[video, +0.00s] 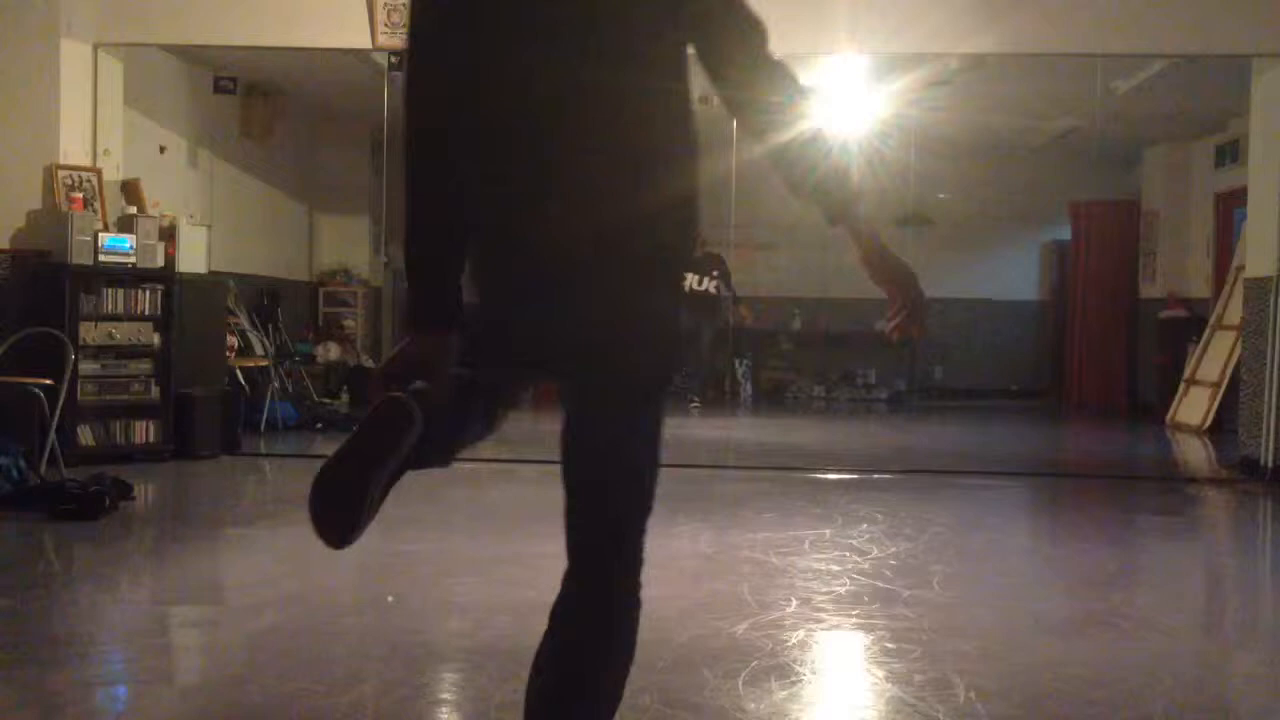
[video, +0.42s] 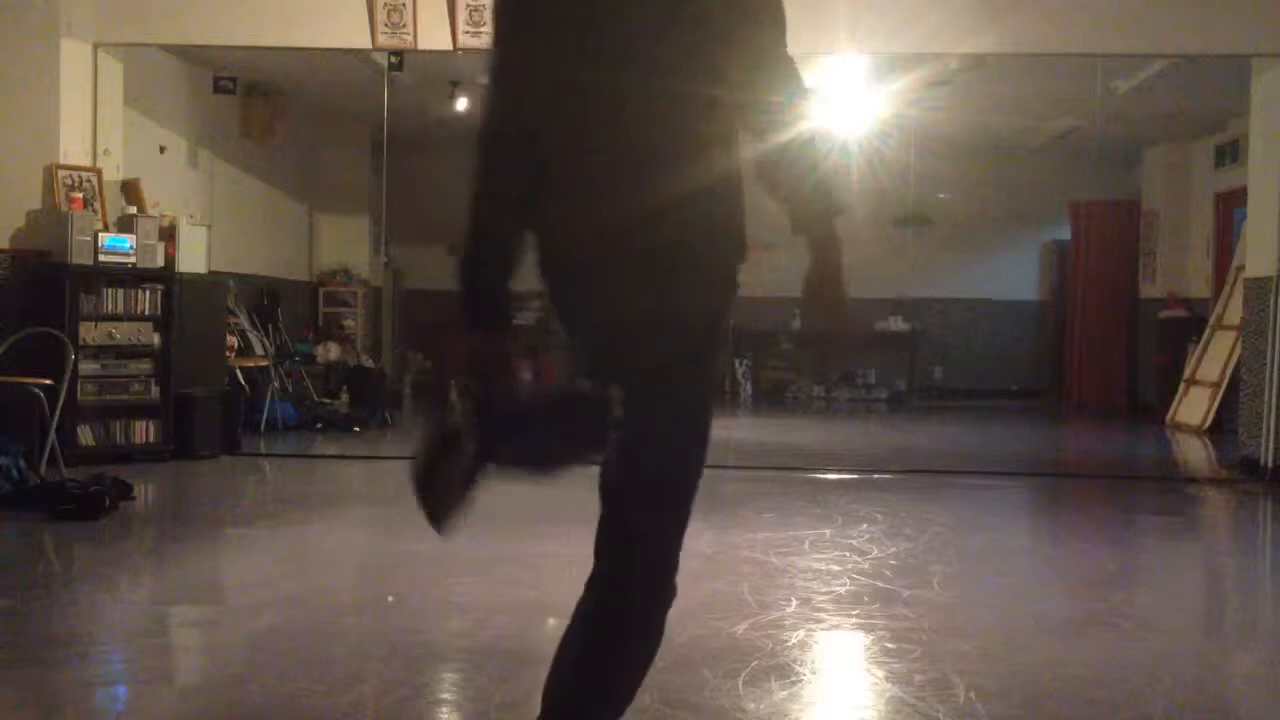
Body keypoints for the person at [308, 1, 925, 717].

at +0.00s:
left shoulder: (449, 10)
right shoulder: (677, 4)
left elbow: (430, 134)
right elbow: (758, 88)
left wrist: (426, 315)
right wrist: (866, 235)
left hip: (507, 251)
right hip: (629, 258)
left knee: (480, 380)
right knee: (603, 563)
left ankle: (405, 434)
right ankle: (565, 713)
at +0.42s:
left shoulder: (532, 10)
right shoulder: (741, 10)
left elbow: (510, 135)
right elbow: (772, 121)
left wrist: (483, 308)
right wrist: (824, 246)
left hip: (574, 242)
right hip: (687, 246)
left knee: (596, 411)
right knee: (637, 557)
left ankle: (483, 433)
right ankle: (577, 710)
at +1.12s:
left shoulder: (784, 20)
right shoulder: (907, 18)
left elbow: (766, 164)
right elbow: (894, 163)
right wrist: (919, 277)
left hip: (789, 288)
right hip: (872, 294)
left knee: (783, 489)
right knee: (921, 477)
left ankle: (762, 695)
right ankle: (840, 667)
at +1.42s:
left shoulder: (915, 31)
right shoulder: (1017, 21)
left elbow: (890, 179)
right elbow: (991, 171)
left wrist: (905, 306)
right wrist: (985, 303)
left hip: (912, 306)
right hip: (980, 313)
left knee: (863, 492)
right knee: (1027, 497)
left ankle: (775, 675)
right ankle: (1048, 677)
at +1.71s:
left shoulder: (1015, 43)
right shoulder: (1138, 21)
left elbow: (1013, 190)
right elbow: (1145, 166)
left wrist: (1029, 299)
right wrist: (1171, 283)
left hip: (1056, 293)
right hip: (1115, 297)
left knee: (1096, 461)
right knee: (1108, 479)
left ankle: (1014, 618)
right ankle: (1051, 673)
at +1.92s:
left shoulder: (1090, 64)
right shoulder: (1225, 51)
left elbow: (1070, 208)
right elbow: (1262, 189)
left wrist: (1067, 331)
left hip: (1097, 305)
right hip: (1178, 305)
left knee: (1180, 491)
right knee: (1127, 491)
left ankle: (1255, 656)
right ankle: (1053, 671)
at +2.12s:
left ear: (1206, 9)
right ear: (1259, 4)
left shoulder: (1166, 79)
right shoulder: (1265, 62)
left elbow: (1155, 224)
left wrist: (1163, 342)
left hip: (1201, 324)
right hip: (1257, 324)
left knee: (1256, 495)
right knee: (1251, 492)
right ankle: (1117, 628)